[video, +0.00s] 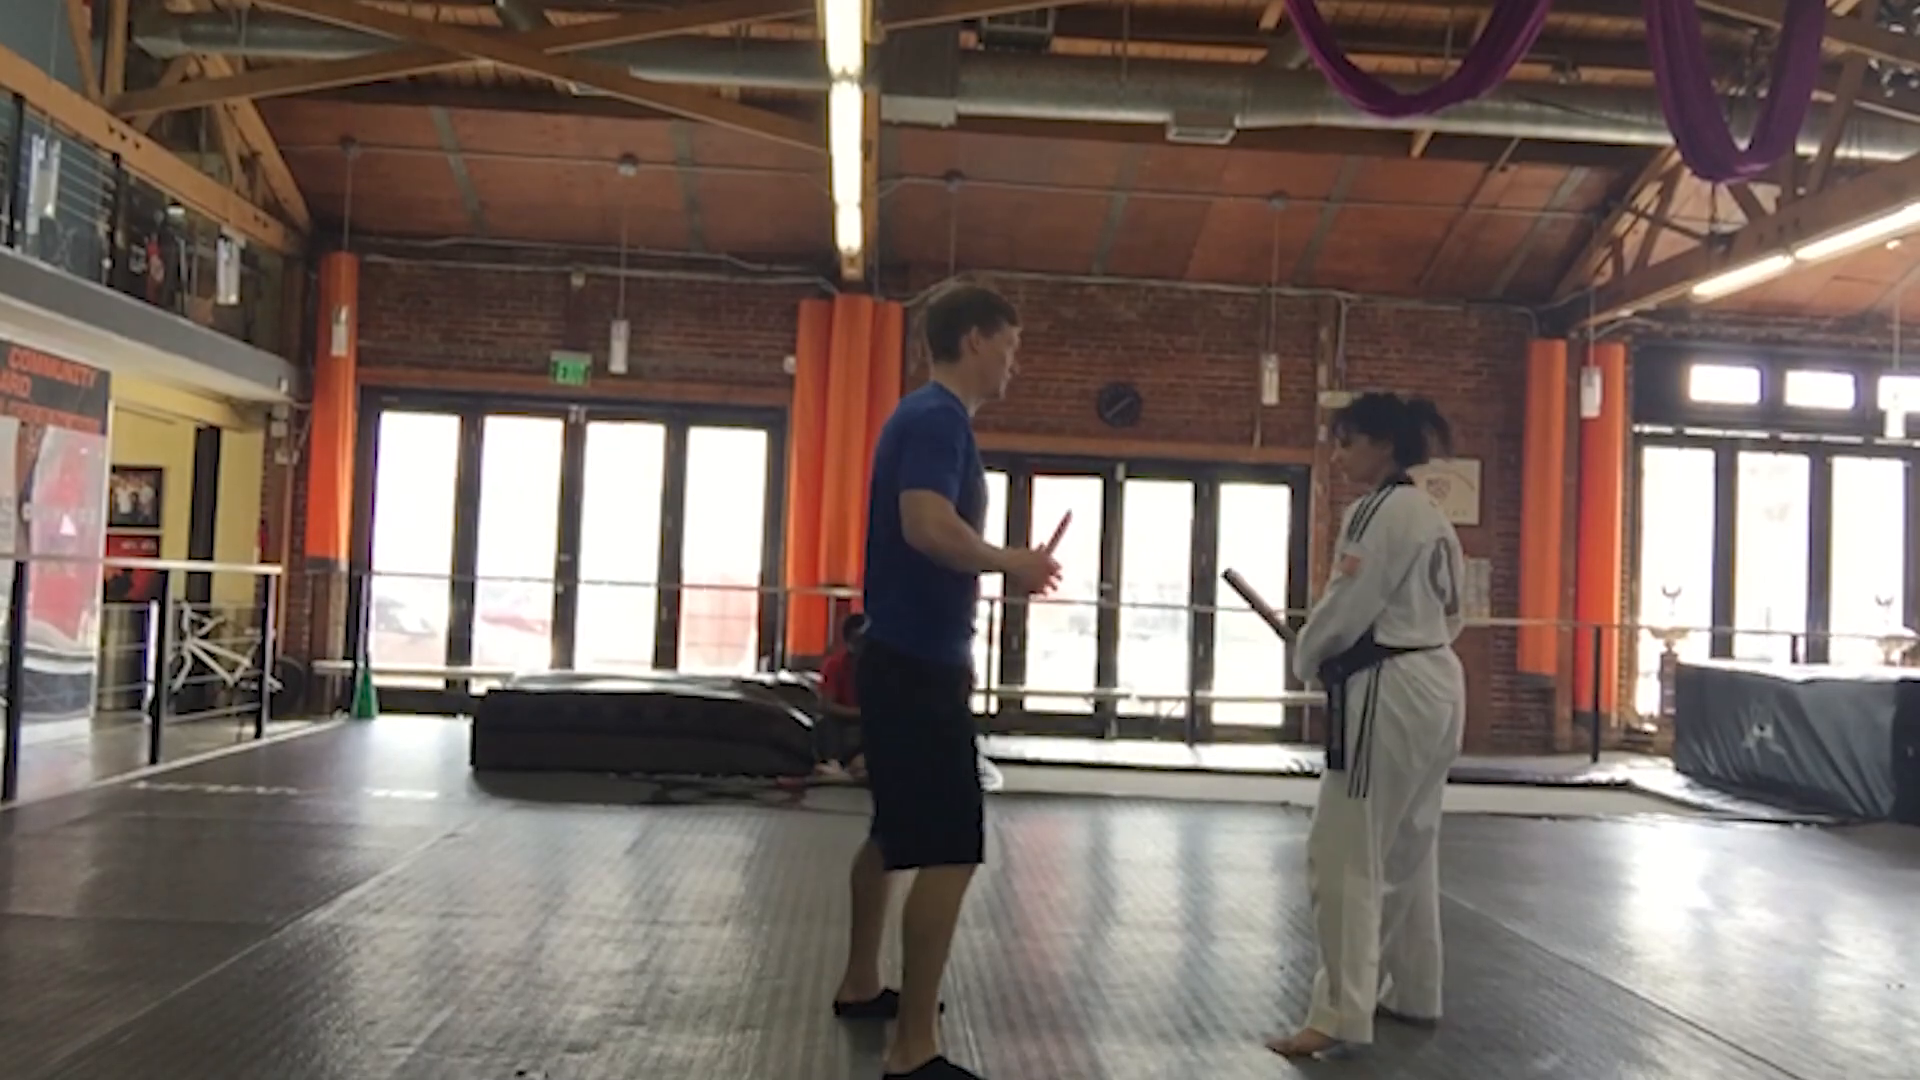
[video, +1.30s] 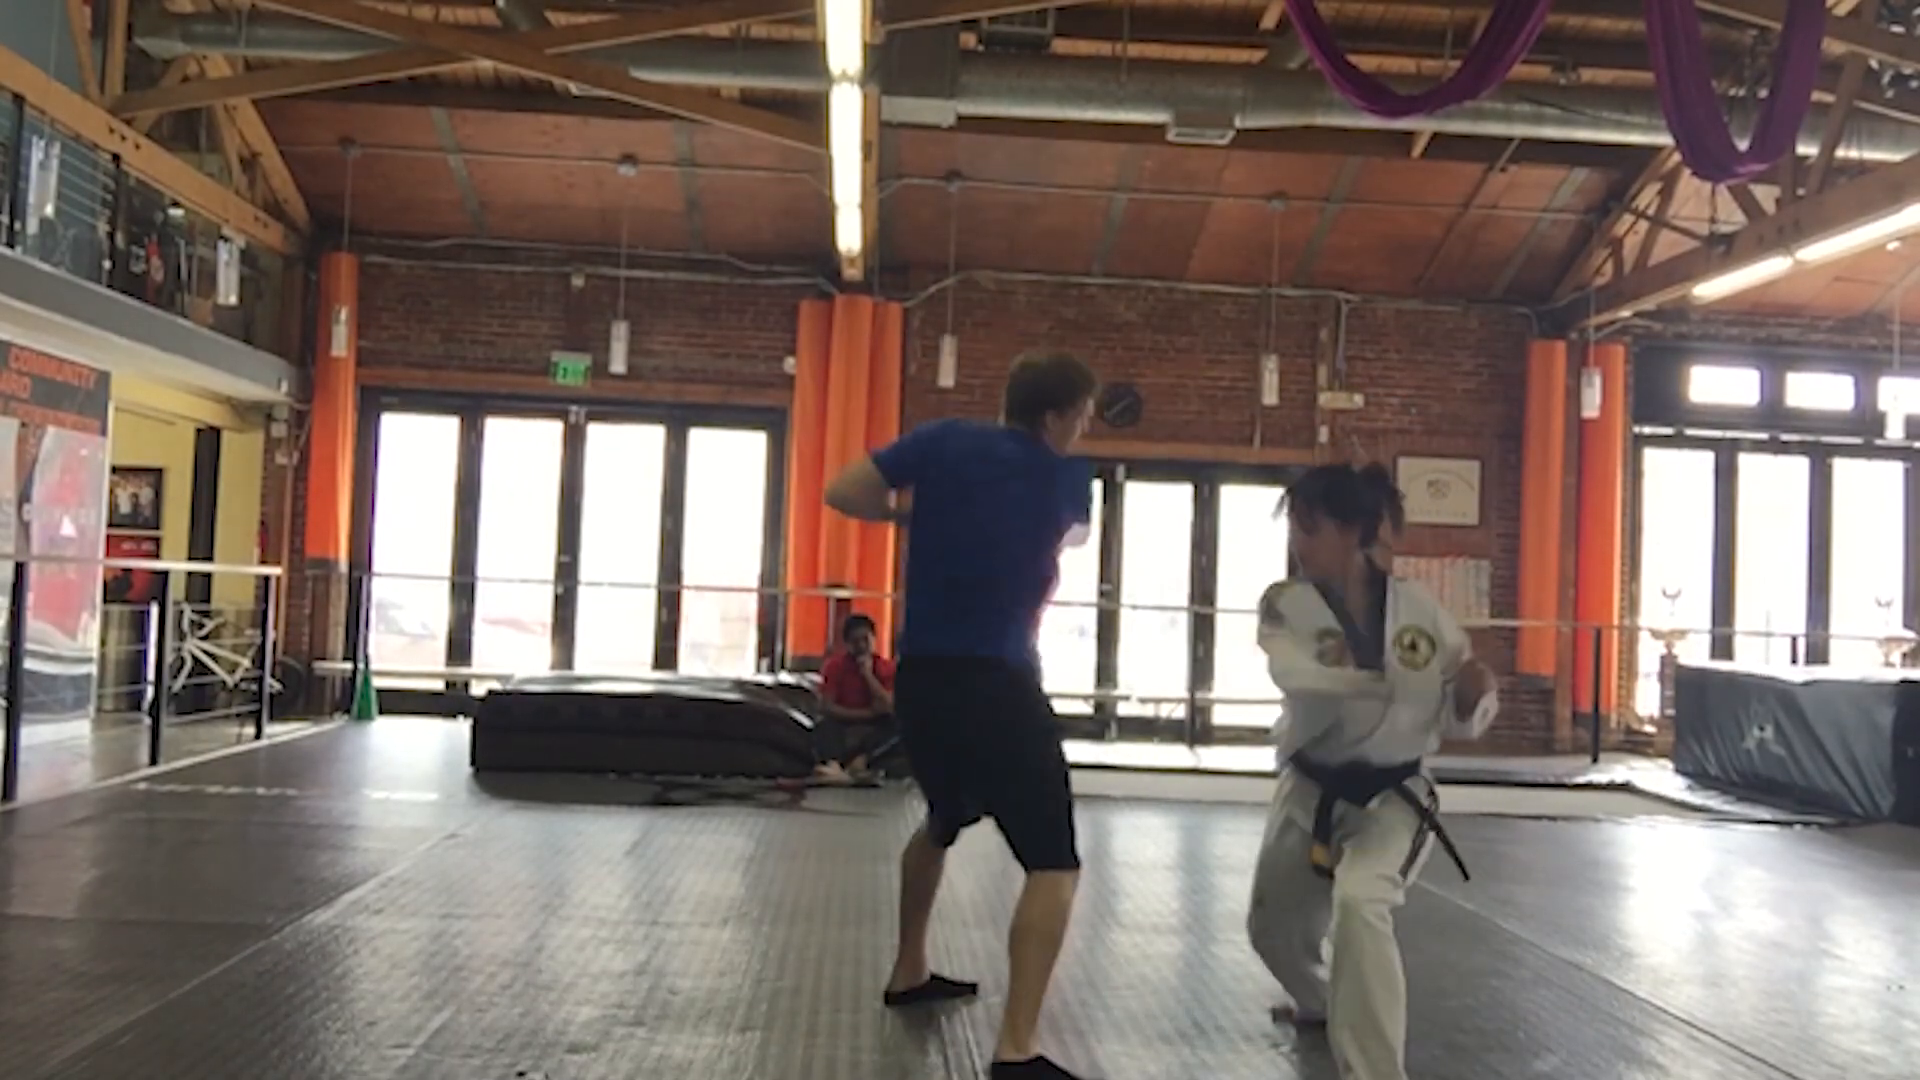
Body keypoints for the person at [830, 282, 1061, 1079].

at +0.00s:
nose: (1015, 364)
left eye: (1016, 348)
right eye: (1011, 347)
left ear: (956, 343)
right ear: (974, 341)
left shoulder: (928, 419)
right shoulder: (936, 419)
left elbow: (938, 535)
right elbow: (926, 528)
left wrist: (1009, 566)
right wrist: (1007, 562)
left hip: (899, 663)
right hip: (919, 669)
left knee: (892, 833)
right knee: (954, 851)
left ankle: (861, 985)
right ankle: (914, 1048)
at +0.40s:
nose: (1034, 351)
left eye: (1036, 336)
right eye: (1029, 334)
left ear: (992, 332)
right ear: (988, 330)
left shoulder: (1006, 421)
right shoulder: (913, 420)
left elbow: (1042, 506)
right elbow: (859, 530)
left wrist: (1049, 523)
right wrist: (988, 545)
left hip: (979, 665)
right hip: (925, 667)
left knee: (974, 834)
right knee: (960, 859)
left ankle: (915, 954)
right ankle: (914, 1055)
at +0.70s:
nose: (1045, 376)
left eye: (1047, 362)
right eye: (1038, 361)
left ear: (1002, 361)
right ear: (993, 359)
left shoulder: (1030, 428)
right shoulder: (905, 442)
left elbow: (1143, 455)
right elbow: (806, 530)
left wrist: (1065, 480)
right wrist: (894, 533)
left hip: (1005, 682)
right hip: (932, 684)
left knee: (1013, 828)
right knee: (969, 853)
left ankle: (937, 932)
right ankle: (915, 1055)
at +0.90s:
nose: (1054, 400)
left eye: (1055, 387)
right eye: (1046, 386)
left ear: (1017, 387)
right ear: (1001, 386)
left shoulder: (1041, 448)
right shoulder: (925, 464)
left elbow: (1132, 426)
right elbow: (821, 520)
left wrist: (1125, 435)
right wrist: (884, 438)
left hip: (1005, 700)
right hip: (950, 702)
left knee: (990, 847)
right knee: (1007, 872)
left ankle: (931, 956)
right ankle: (919, 1059)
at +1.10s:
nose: (1070, 397)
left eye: (1068, 386)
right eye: (1065, 386)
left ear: (991, 378)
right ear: (1039, 386)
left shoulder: (931, 437)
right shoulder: (1022, 430)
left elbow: (874, 457)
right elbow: (1128, 382)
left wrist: (941, 430)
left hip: (939, 675)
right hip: (994, 675)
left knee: (978, 827)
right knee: (1055, 852)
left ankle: (925, 968)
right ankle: (956, 1008)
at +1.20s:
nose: (1082, 404)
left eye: (1083, 393)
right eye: (1079, 393)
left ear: (1002, 383)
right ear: (1058, 394)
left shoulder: (931, 429)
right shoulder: (1054, 441)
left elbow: (835, 468)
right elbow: (1146, 430)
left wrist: (911, 481)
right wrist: (1203, 358)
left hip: (927, 665)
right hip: (997, 669)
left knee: (957, 814)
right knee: (1048, 849)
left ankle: (925, 963)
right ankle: (1013, 1043)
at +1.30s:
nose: (1085, 431)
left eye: (1088, 419)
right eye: (1084, 418)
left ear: (1013, 409)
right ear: (1060, 417)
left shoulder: (944, 441)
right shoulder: (1063, 478)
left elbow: (845, 491)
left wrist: (914, 509)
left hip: (923, 674)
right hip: (999, 682)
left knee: (938, 820)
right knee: (1055, 863)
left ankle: (908, 974)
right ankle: (1017, 1051)